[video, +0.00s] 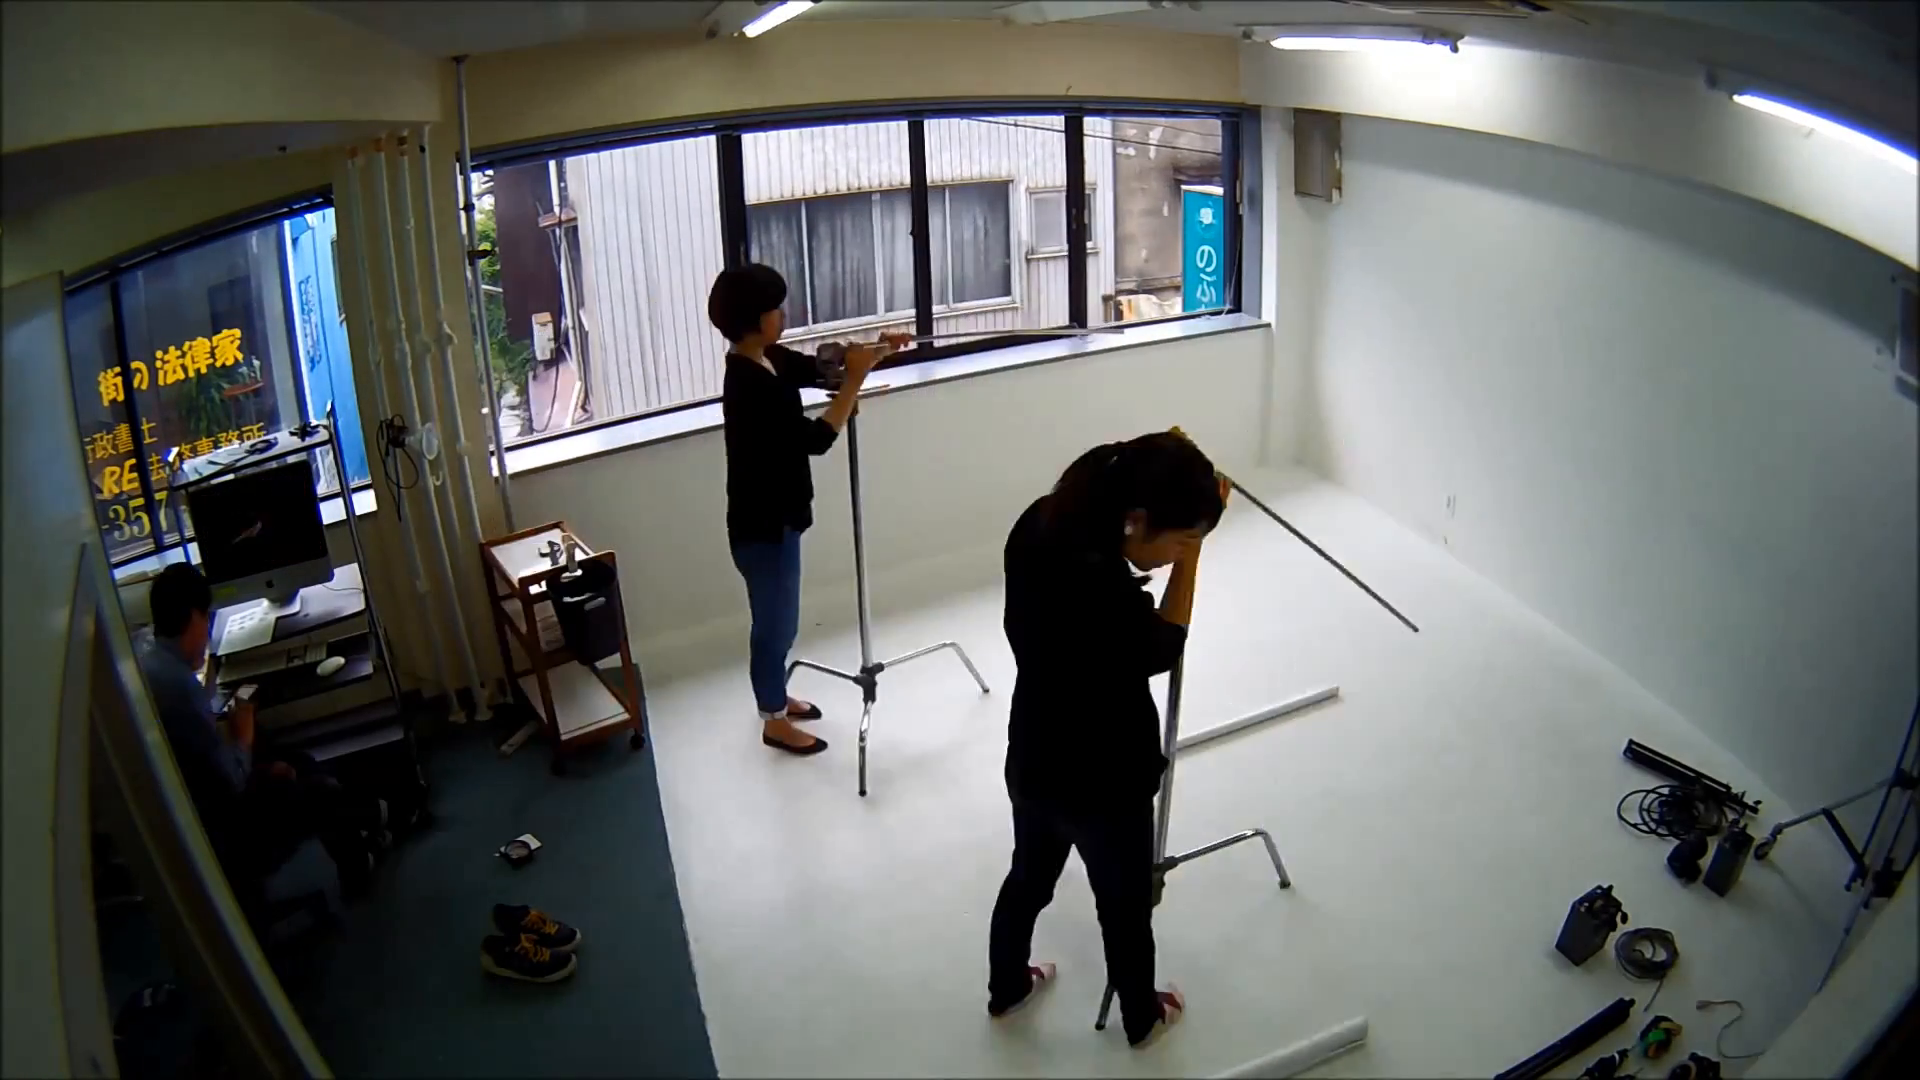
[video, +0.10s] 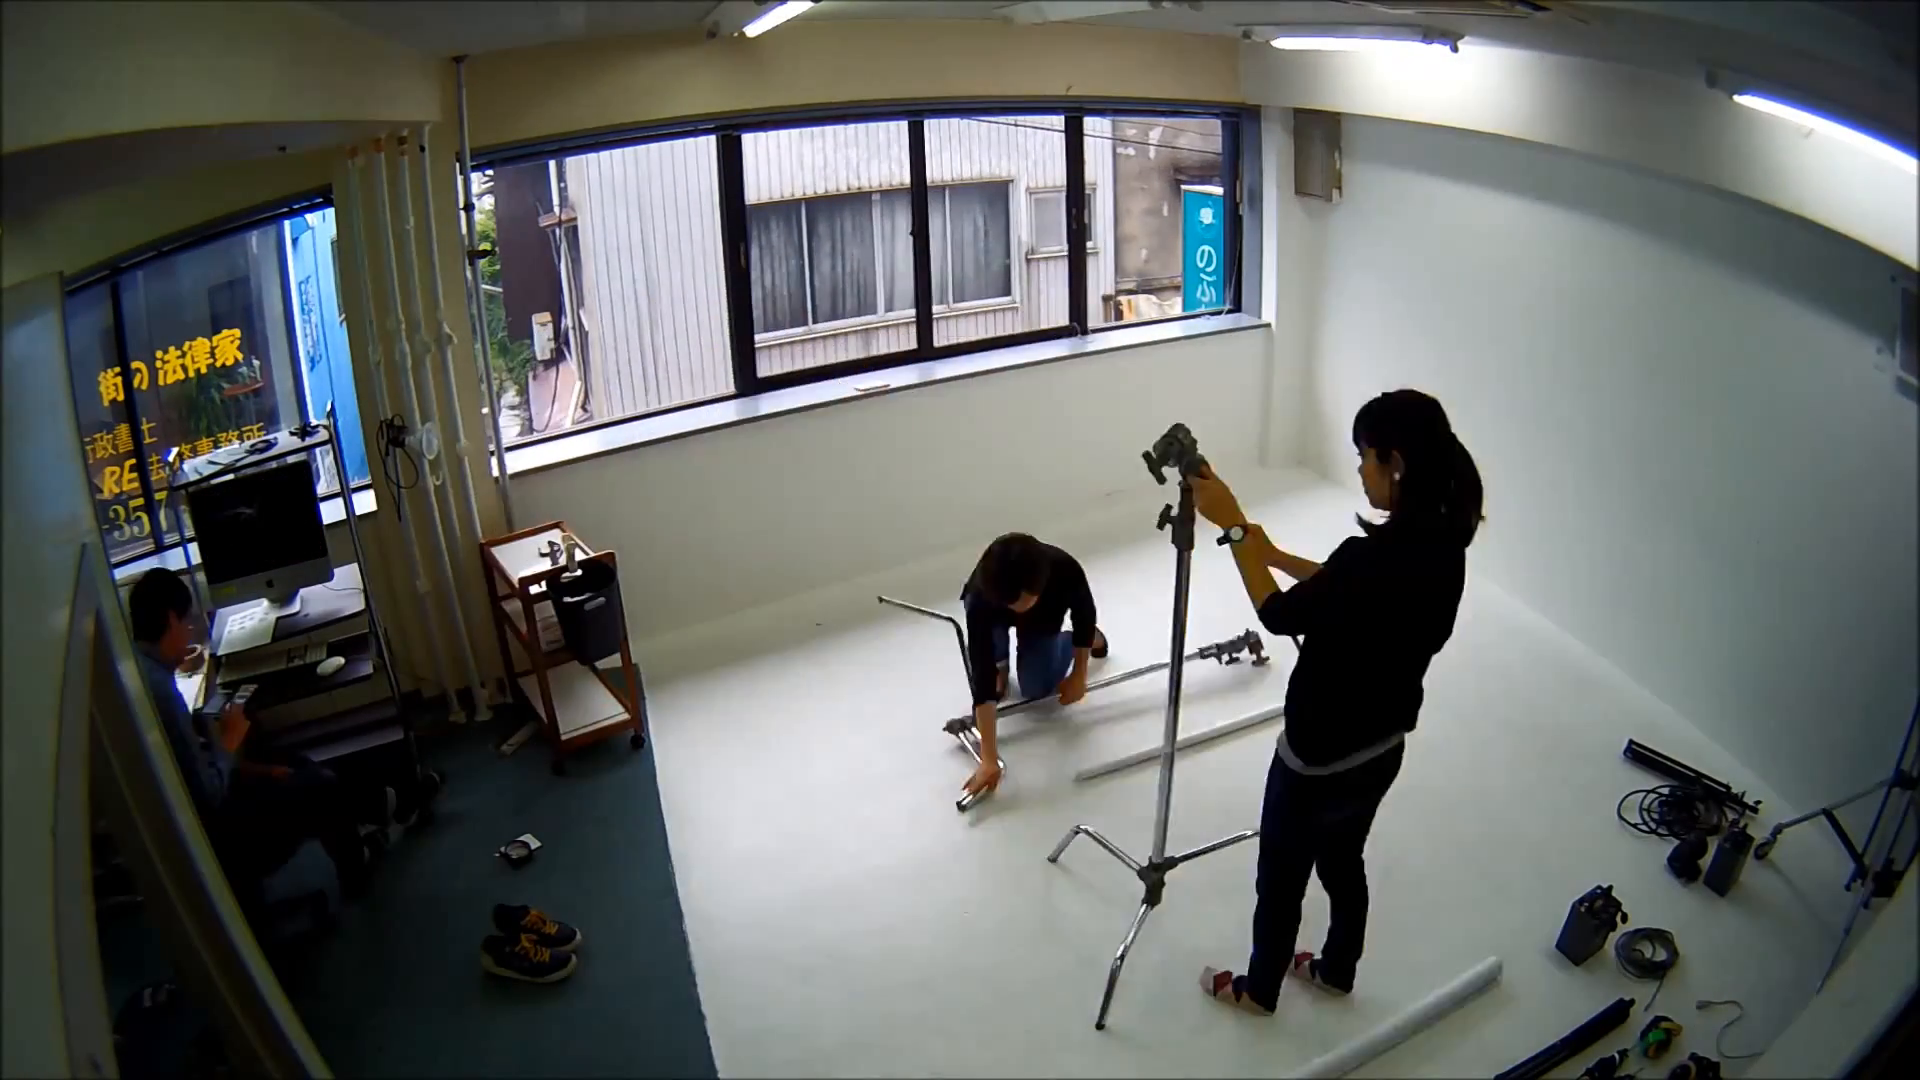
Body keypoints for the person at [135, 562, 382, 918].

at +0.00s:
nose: (209, 631)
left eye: (208, 619)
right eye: (208, 619)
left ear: (160, 619)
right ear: (194, 620)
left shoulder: (152, 670)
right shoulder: (179, 687)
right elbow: (230, 783)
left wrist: (260, 770)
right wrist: (244, 737)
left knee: (295, 764)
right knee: (317, 791)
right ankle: (356, 877)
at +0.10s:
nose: (195, 631)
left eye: (194, 621)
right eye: (190, 622)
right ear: (172, 621)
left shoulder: (143, 676)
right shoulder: (158, 692)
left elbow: (193, 757)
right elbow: (208, 795)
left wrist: (259, 772)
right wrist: (227, 744)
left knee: (294, 770)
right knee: (314, 788)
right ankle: (353, 876)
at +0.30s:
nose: (214, 633)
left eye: (212, 621)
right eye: (213, 622)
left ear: (165, 618)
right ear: (202, 625)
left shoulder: (152, 667)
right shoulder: (179, 695)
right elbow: (215, 794)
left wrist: (217, 736)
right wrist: (268, 788)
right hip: (206, 837)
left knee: (304, 772)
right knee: (317, 808)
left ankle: (407, 824)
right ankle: (415, 835)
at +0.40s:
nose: (218, 628)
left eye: (217, 616)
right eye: (213, 618)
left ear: (174, 620)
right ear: (188, 624)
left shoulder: (152, 661)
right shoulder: (186, 690)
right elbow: (218, 791)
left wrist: (222, 737)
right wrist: (289, 788)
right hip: (208, 831)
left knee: (303, 775)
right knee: (318, 809)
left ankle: (410, 827)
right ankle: (412, 839)